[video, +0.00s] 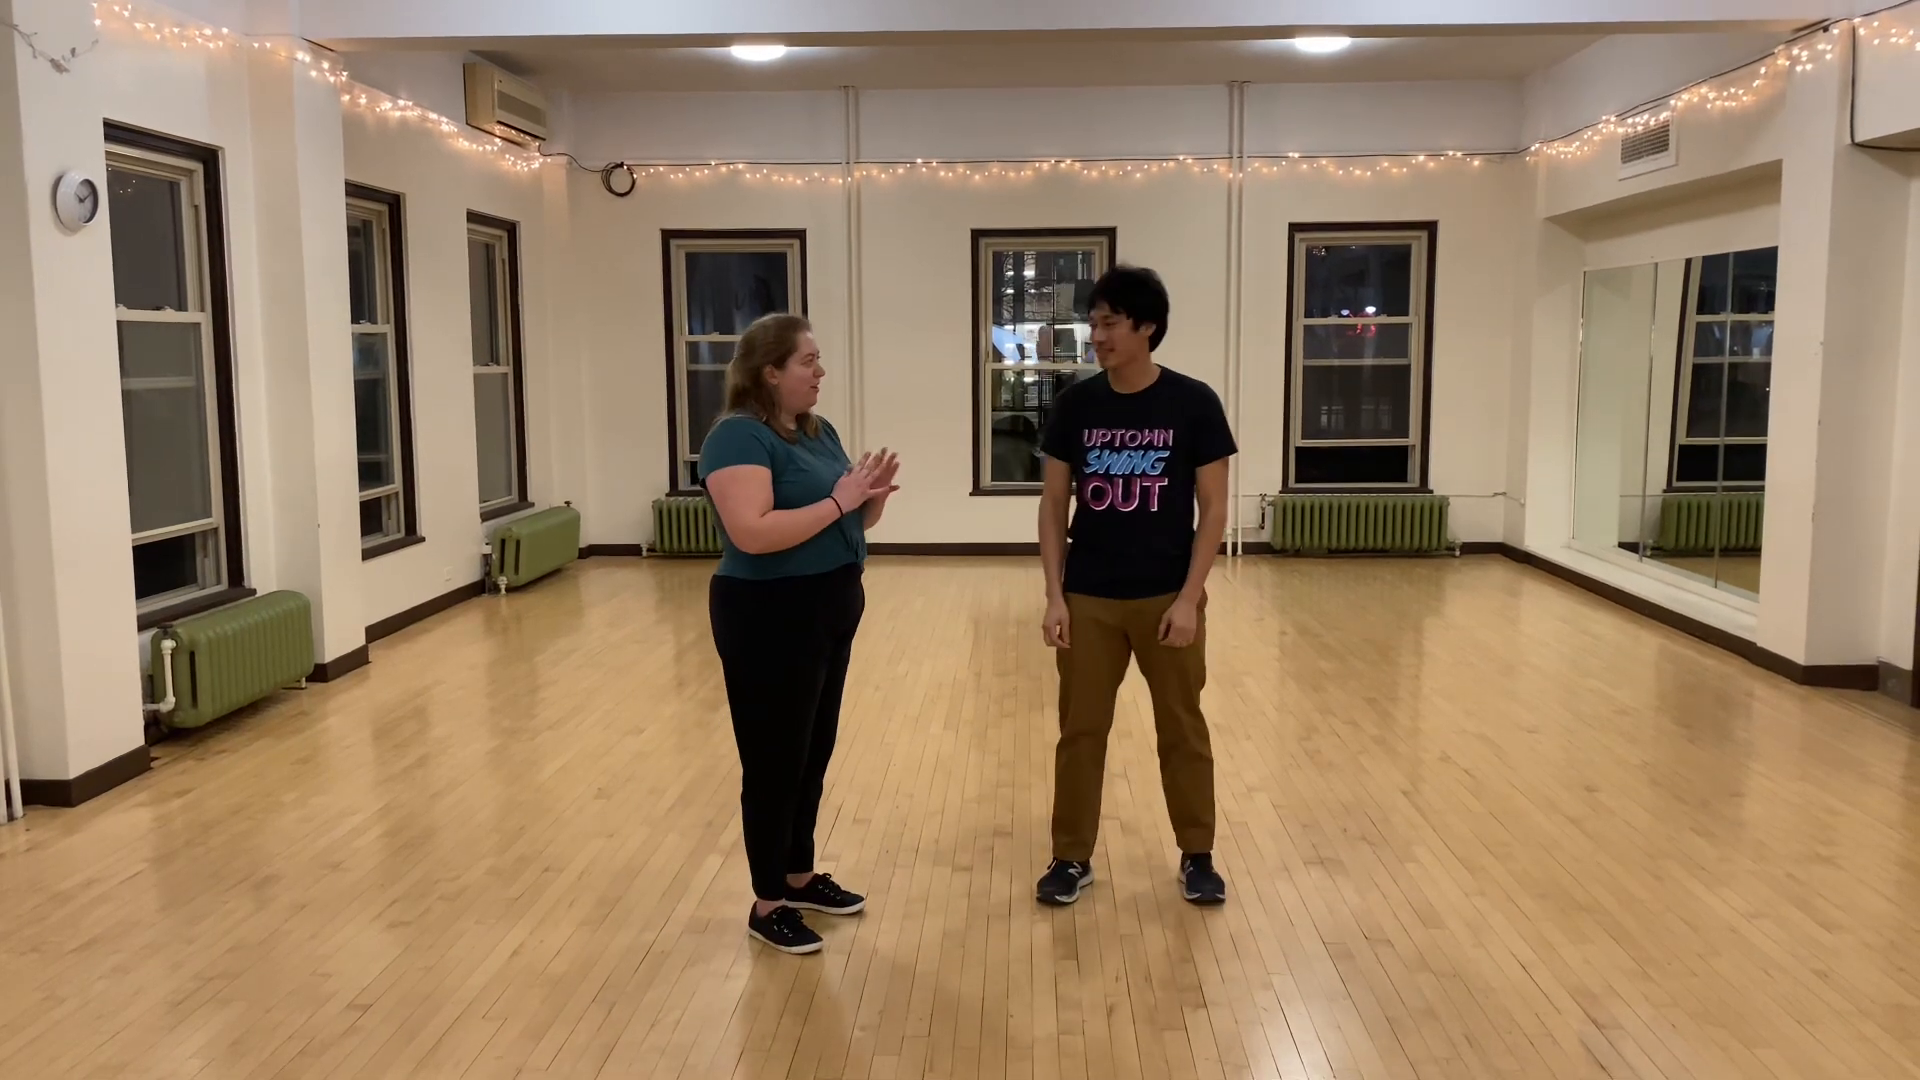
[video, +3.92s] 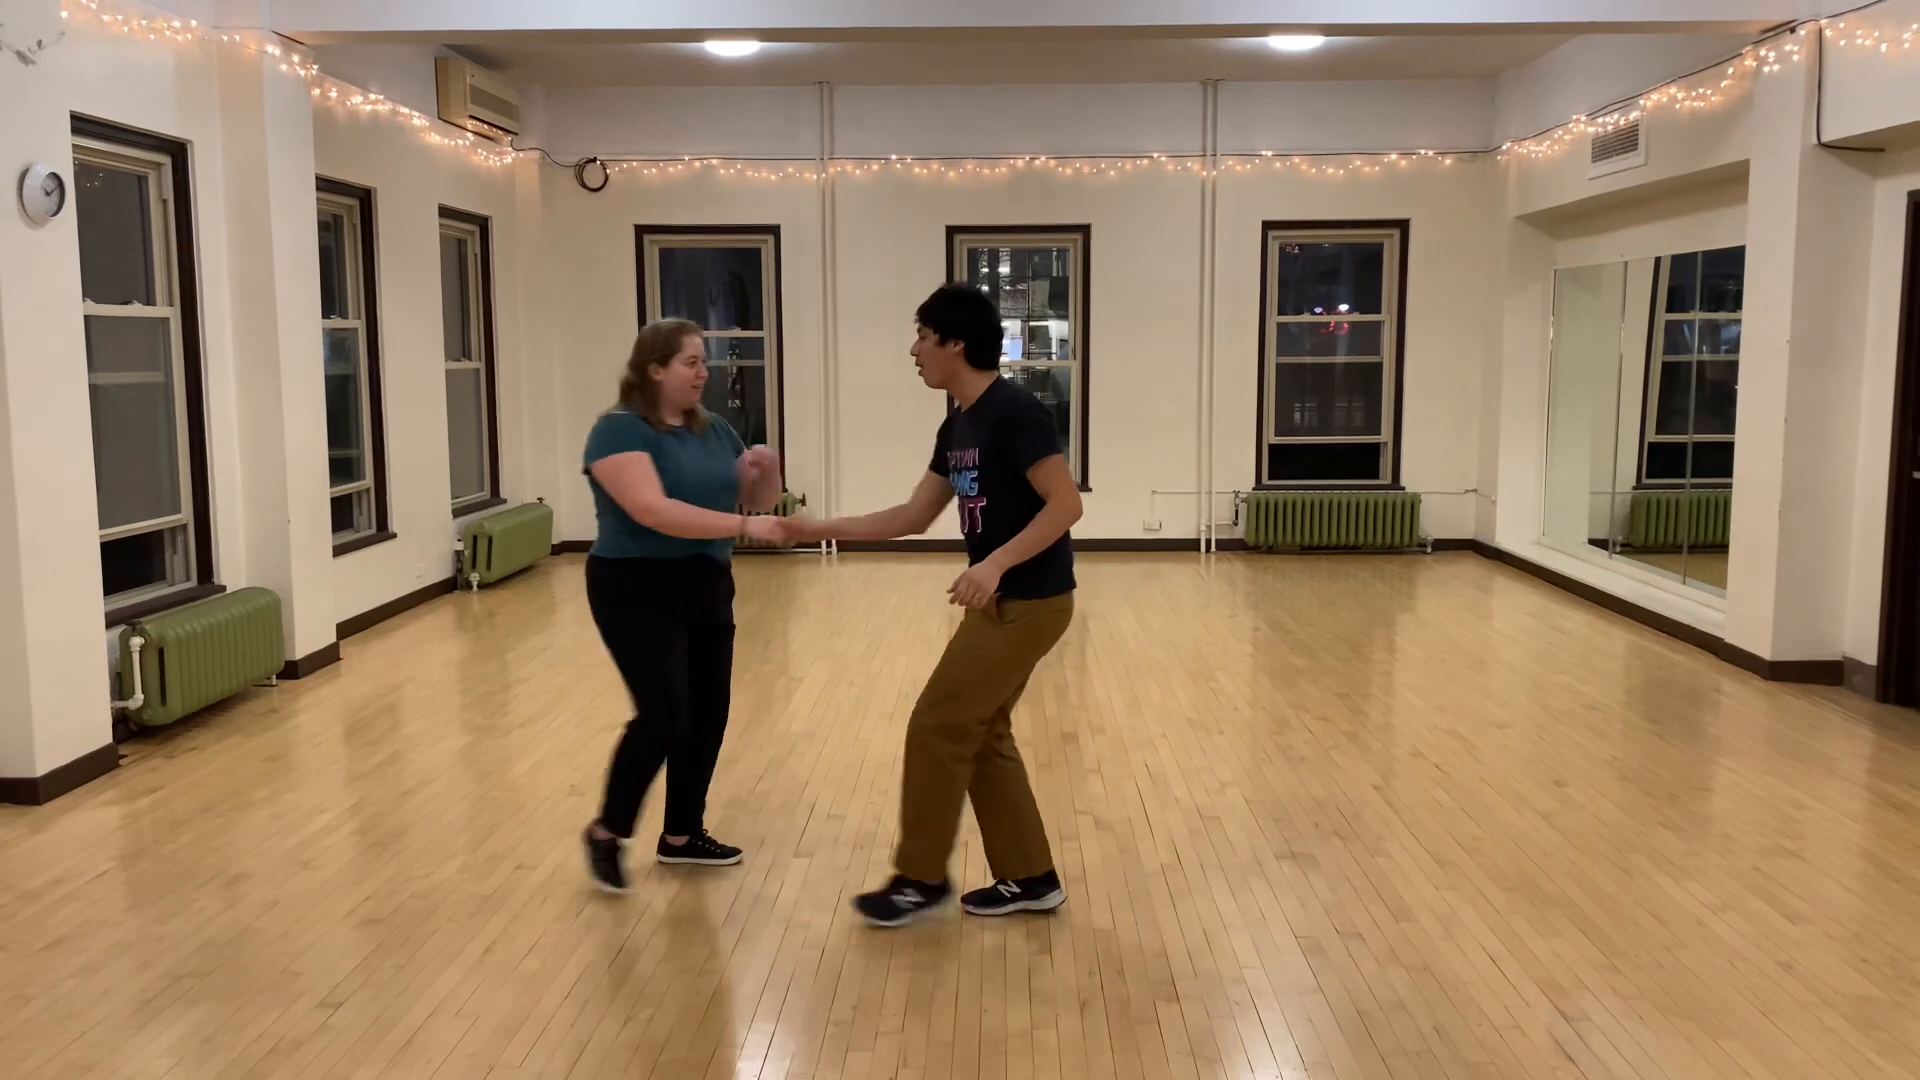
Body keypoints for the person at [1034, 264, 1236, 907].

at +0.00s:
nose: (1098, 334)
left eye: (1112, 322)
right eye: (1094, 322)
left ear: (1149, 328)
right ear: (1093, 326)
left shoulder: (1194, 403)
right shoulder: (1075, 404)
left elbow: (1214, 509)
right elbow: (1054, 504)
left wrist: (1191, 596)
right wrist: (1054, 594)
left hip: (1168, 602)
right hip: (1089, 601)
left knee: (1183, 733)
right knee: (1080, 734)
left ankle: (1197, 855)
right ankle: (1071, 857)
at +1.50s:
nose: (1043, 343)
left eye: (1051, 331)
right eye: (1042, 331)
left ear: (1089, 332)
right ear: (1074, 334)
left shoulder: (1147, 403)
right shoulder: (1064, 405)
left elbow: (1168, 511)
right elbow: (1049, 497)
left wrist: (1138, 602)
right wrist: (982, 537)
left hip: (1128, 598)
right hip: (1068, 596)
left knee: (1141, 739)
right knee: (1090, 730)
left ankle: (1160, 885)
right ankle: (1107, 851)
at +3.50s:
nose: (976, 362)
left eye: (981, 349)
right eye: (975, 349)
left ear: (1016, 350)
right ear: (1020, 350)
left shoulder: (1072, 416)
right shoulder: (1033, 414)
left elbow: (1109, 523)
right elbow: (1035, 512)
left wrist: (1045, 602)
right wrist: (961, 548)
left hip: (1099, 604)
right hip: (1054, 602)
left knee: (1107, 734)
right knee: (1028, 737)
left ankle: (1184, 864)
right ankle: (1037, 880)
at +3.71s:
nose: (936, 343)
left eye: (944, 331)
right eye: (938, 330)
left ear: (980, 338)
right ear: (976, 336)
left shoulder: (1038, 403)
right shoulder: (993, 411)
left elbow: (1087, 502)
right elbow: (987, 507)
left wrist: (1017, 569)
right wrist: (903, 536)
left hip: (1059, 591)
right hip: (1026, 591)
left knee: (1006, 727)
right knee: (1013, 728)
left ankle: (1098, 855)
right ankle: (1035, 878)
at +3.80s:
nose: (926, 343)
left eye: (936, 331)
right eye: (929, 331)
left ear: (970, 339)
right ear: (968, 341)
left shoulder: (1028, 406)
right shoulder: (977, 419)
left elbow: (1078, 500)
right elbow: (954, 512)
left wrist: (1009, 562)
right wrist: (867, 529)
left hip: (1046, 597)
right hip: (1021, 594)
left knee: (973, 726)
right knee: (1005, 726)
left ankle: (1031, 876)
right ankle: (1033, 873)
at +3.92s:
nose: (913, 350)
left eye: (922, 338)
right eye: (916, 337)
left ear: (957, 347)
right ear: (956, 347)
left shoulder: (1016, 412)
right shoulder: (957, 423)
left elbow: (1067, 504)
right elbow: (916, 515)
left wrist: (994, 564)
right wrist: (820, 529)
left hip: (1031, 602)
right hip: (997, 599)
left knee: (938, 724)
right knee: (983, 735)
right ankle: (1031, 877)